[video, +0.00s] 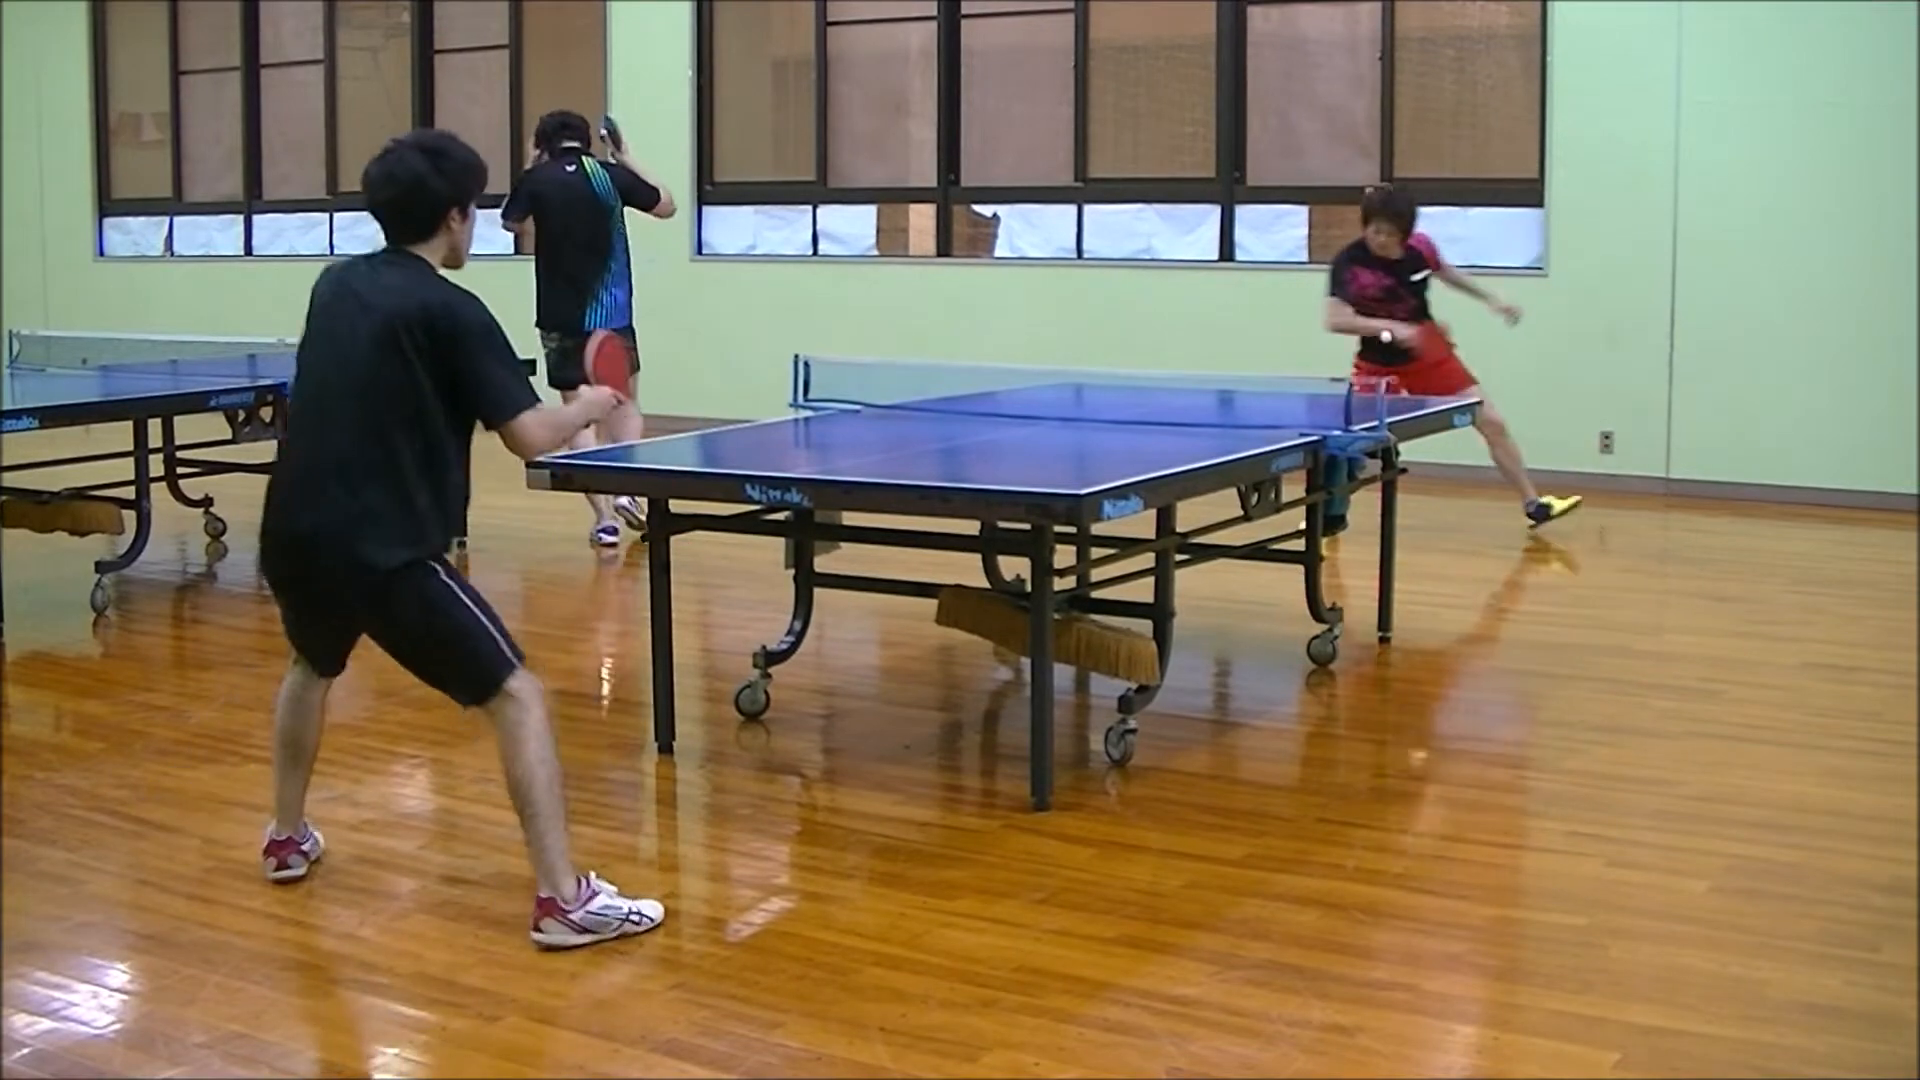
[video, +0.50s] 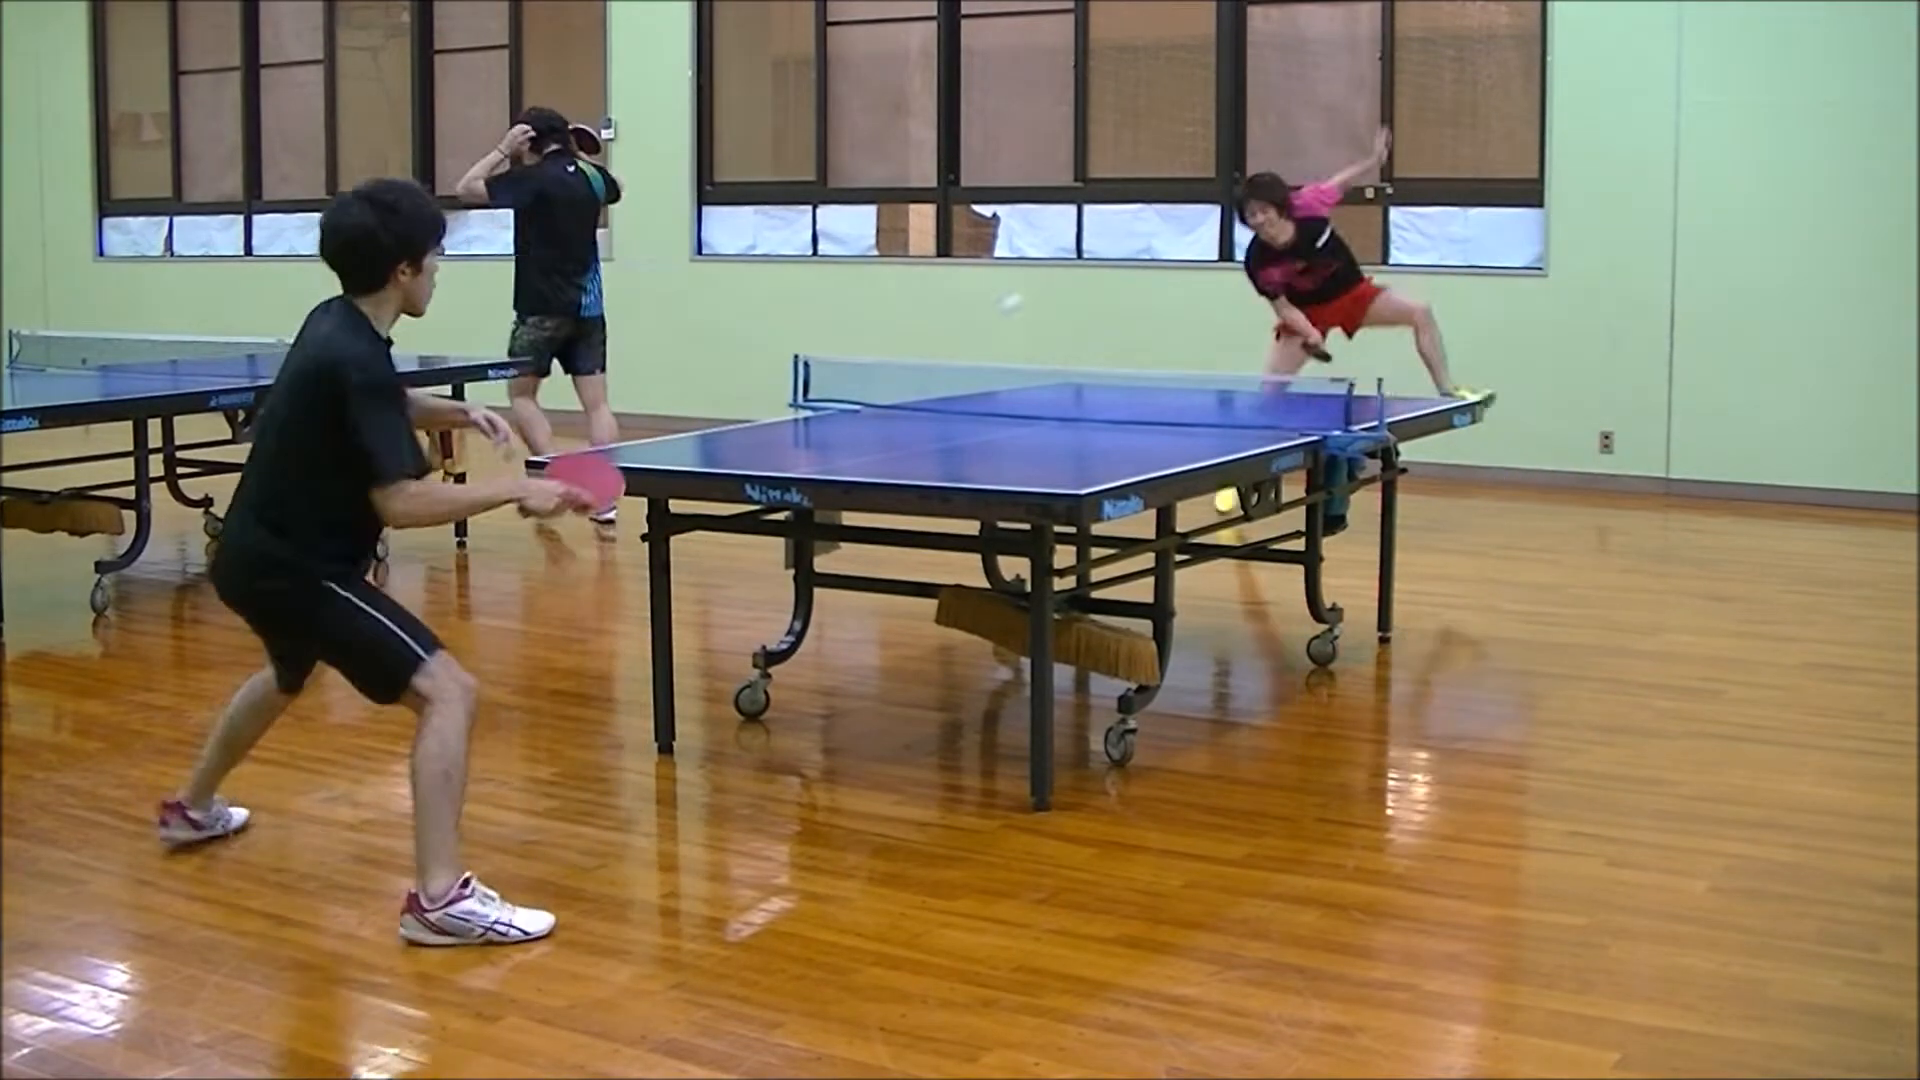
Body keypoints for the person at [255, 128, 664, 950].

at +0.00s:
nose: (478, 221)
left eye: (475, 207)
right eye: (474, 207)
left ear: (386, 214)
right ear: (453, 217)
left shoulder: (335, 284)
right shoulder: (447, 310)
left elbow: (325, 406)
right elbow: (532, 435)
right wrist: (590, 403)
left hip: (296, 539)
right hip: (385, 551)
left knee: (311, 667)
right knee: (516, 696)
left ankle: (285, 836)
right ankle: (565, 895)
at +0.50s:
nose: (435, 277)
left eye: (434, 261)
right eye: (431, 262)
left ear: (362, 265)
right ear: (404, 271)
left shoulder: (330, 327)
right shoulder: (362, 359)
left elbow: (353, 409)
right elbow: (399, 503)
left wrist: (446, 415)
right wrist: (512, 488)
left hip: (249, 553)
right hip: (296, 571)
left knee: (287, 673)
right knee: (449, 690)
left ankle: (192, 806)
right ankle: (440, 893)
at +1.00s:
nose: (470, 226)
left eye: (463, 213)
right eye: (458, 217)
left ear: (394, 234)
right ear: (425, 239)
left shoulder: (344, 287)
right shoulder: (444, 328)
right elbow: (559, 401)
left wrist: (422, 153)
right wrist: (643, 340)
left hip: (313, 521)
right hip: (382, 536)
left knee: (401, 570)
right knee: (479, 709)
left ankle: (369, 705)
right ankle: (415, 870)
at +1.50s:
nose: (492, 218)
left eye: (491, 206)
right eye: (490, 207)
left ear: (412, 207)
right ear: (474, 215)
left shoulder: (365, 278)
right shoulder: (497, 291)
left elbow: (273, 337)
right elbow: (516, 424)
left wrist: (216, 452)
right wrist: (491, 448)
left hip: (371, 500)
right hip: (453, 505)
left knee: (450, 624)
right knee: (496, 680)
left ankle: (465, 783)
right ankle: (453, 812)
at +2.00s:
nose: (479, 241)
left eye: (478, 226)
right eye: (476, 227)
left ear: (402, 231)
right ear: (455, 234)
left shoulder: (352, 297)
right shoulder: (440, 319)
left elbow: (331, 409)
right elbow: (480, 446)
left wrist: (429, 437)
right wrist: (558, 457)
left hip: (293, 516)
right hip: (366, 531)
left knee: (317, 641)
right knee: (492, 681)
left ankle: (243, 782)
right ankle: (428, 852)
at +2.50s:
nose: (679, 258)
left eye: (673, 244)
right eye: (665, 248)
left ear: (618, 271)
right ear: (620, 274)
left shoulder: (587, 324)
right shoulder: (588, 370)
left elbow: (599, 406)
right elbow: (707, 477)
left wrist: (674, 415)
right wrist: (821, 428)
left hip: (477, 547)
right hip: (492, 568)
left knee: (464, 664)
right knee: (635, 722)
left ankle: (366, 778)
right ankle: (558, 894)